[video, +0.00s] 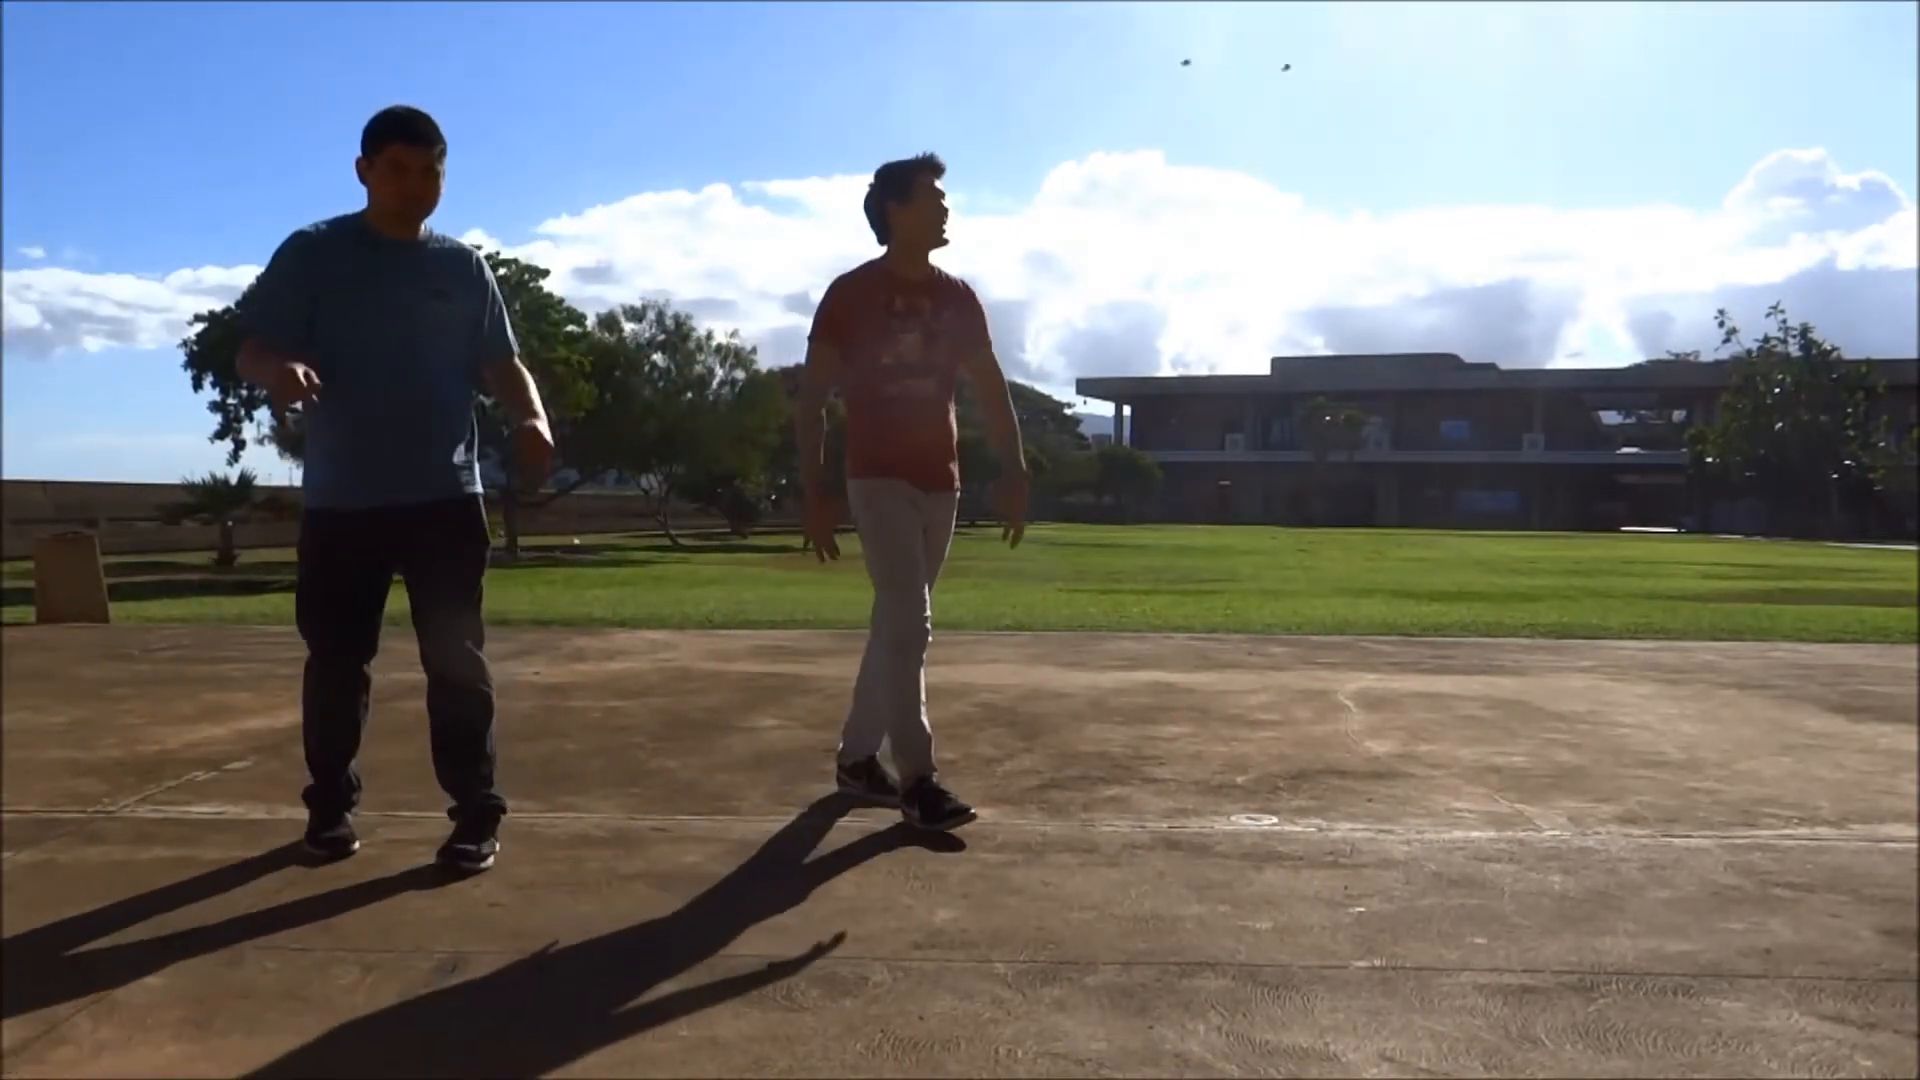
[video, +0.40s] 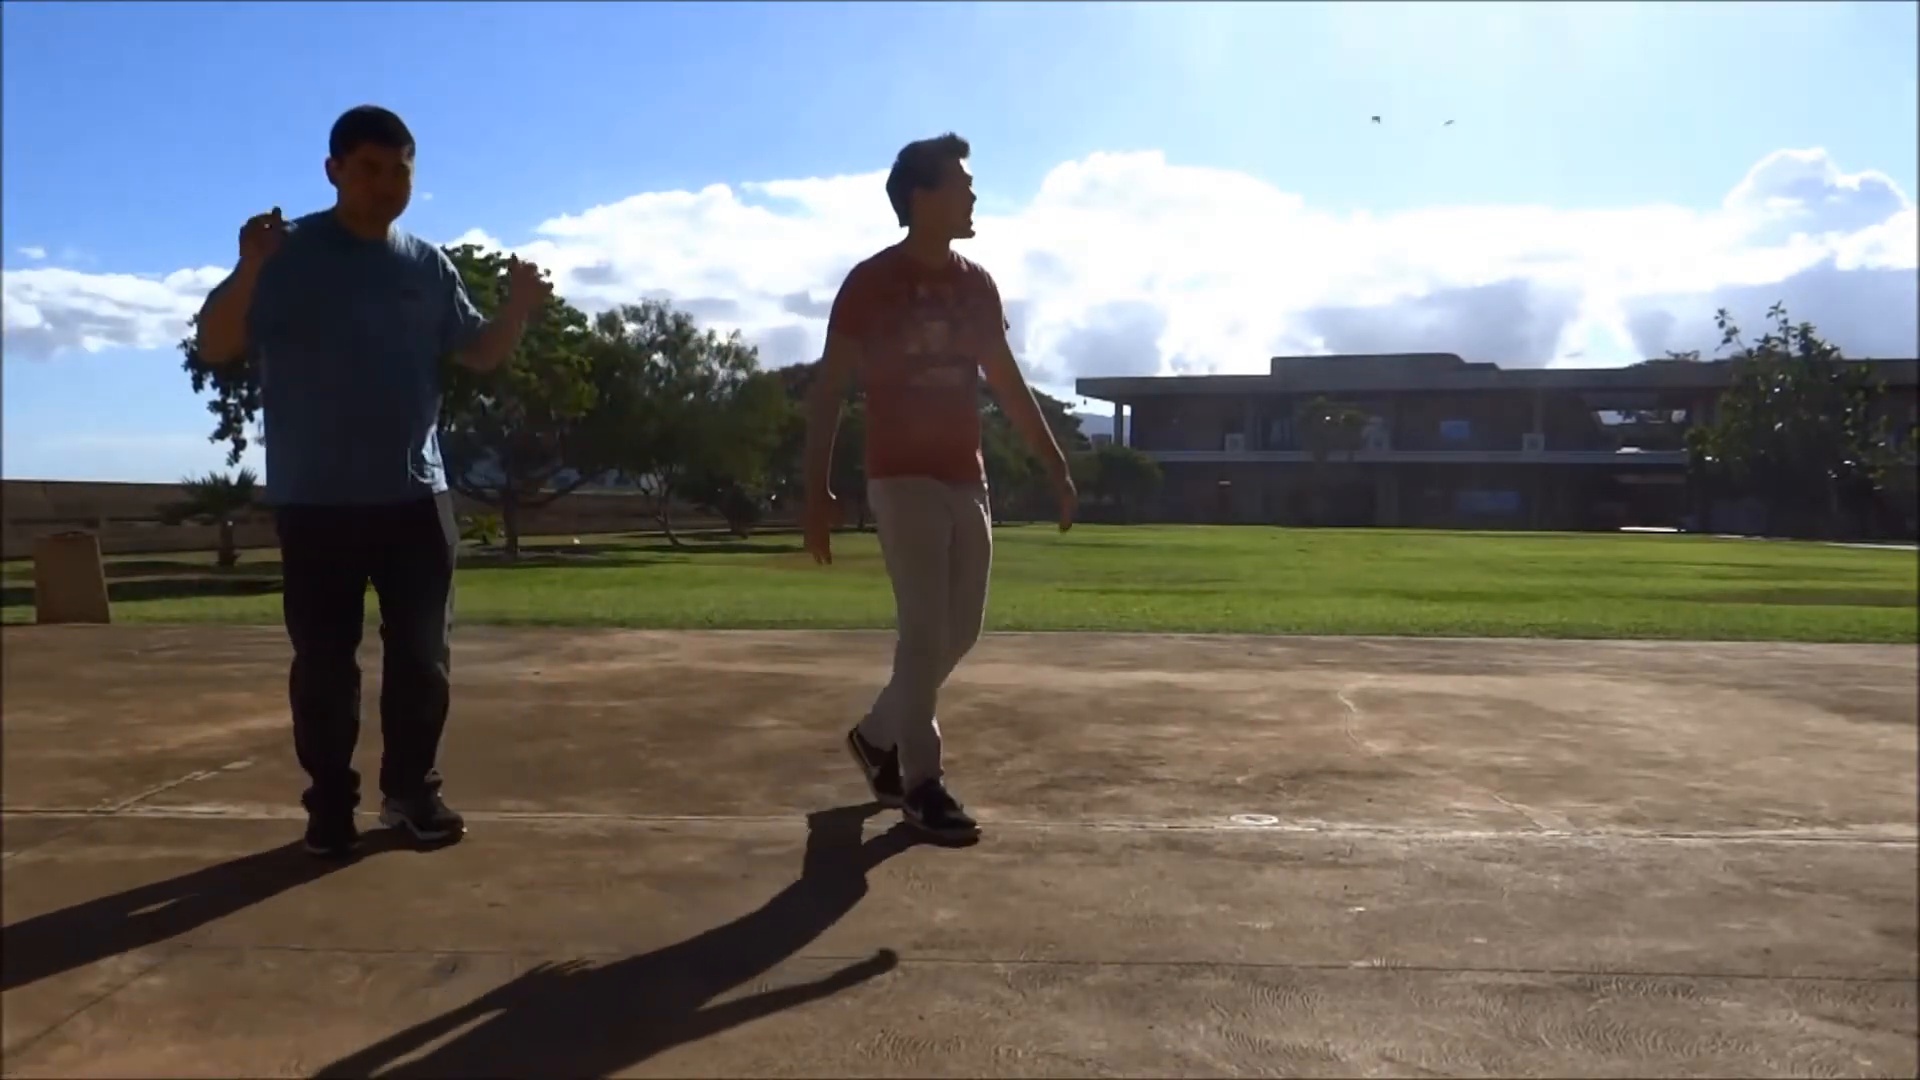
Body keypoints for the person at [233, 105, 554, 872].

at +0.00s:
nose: (426, 183)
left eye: (434, 169)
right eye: (410, 168)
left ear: (442, 176)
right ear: (368, 169)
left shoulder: (463, 266)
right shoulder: (311, 255)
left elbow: (502, 362)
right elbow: (251, 350)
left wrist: (533, 419)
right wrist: (274, 370)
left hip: (444, 493)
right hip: (344, 497)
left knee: (457, 658)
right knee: (334, 661)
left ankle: (477, 816)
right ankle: (329, 811)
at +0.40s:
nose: (395, 177)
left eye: (403, 165)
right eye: (378, 163)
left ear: (412, 175)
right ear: (337, 169)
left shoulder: (425, 263)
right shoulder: (286, 255)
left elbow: (479, 354)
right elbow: (217, 347)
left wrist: (517, 309)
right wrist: (250, 267)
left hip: (411, 486)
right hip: (315, 492)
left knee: (422, 653)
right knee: (324, 660)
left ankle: (413, 794)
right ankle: (329, 806)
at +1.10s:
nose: (478, 217)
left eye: (486, 204)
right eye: (465, 202)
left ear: (493, 204)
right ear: (425, 195)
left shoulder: (490, 280)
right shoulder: (365, 265)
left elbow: (539, 363)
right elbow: (298, 348)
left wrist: (561, 293)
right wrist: (336, 262)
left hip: (474, 495)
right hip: (385, 497)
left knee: (503, 639)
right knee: (362, 658)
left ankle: (524, 778)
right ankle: (335, 805)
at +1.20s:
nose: (502, 227)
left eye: (510, 214)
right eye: (490, 211)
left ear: (517, 212)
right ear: (451, 203)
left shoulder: (516, 287)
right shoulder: (389, 272)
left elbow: (562, 364)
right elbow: (330, 355)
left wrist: (610, 305)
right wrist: (340, 277)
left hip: (506, 498)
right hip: (416, 501)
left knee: (530, 643)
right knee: (385, 655)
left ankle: (530, 779)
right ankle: (340, 803)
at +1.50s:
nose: (569, 232)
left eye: (576, 219)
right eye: (561, 217)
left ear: (575, 217)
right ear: (522, 204)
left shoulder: (577, 294)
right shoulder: (451, 274)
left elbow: (606, 367)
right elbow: (402, 364)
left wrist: (692, 336)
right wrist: (393, 307)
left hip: (564, 491)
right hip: (486, 491)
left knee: (556, 641)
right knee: (479, 640)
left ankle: (535, 780)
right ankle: (441, 797)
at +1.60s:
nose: (586, 233)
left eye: (593, 221)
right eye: (579, 218)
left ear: (589, 218)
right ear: (538, 204)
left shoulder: (590, 293)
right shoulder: (469, 273)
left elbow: (617, 370)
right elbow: (420, 365)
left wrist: (703, 338)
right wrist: (417, 308)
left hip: (574, 488)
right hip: (500, 487)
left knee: (566, 637)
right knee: (515, 632)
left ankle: (544, 780)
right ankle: (503, 796)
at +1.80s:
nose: (613, 240)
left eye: (621, 227)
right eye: (608, 223)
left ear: (616, 223)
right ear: (566, 207)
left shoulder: (608, 293)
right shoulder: (501, 274)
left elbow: (639, 368)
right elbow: (453, 369)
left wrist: (731, 384)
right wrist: (462, 343)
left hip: (591, 485)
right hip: (527, 483)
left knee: (564, 626)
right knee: (575, 620)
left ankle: (530, 779)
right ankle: (615, 778)